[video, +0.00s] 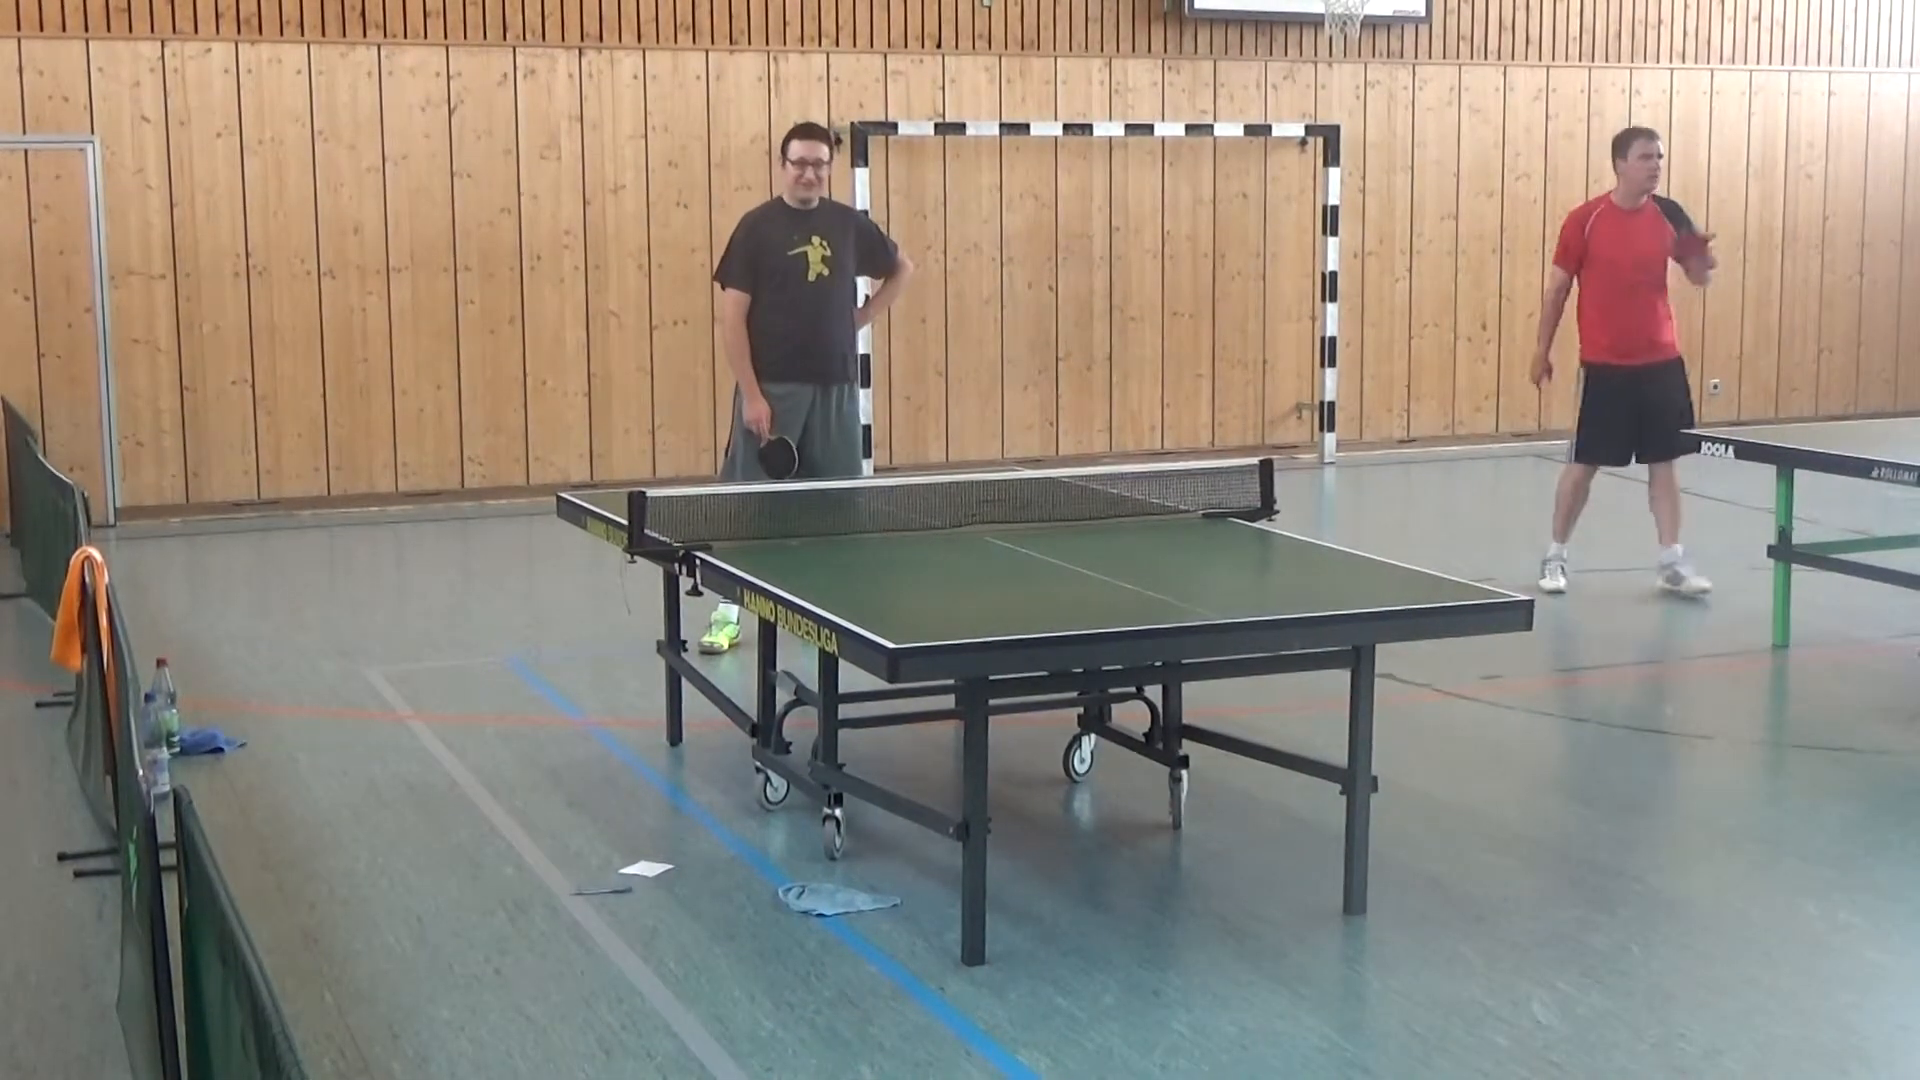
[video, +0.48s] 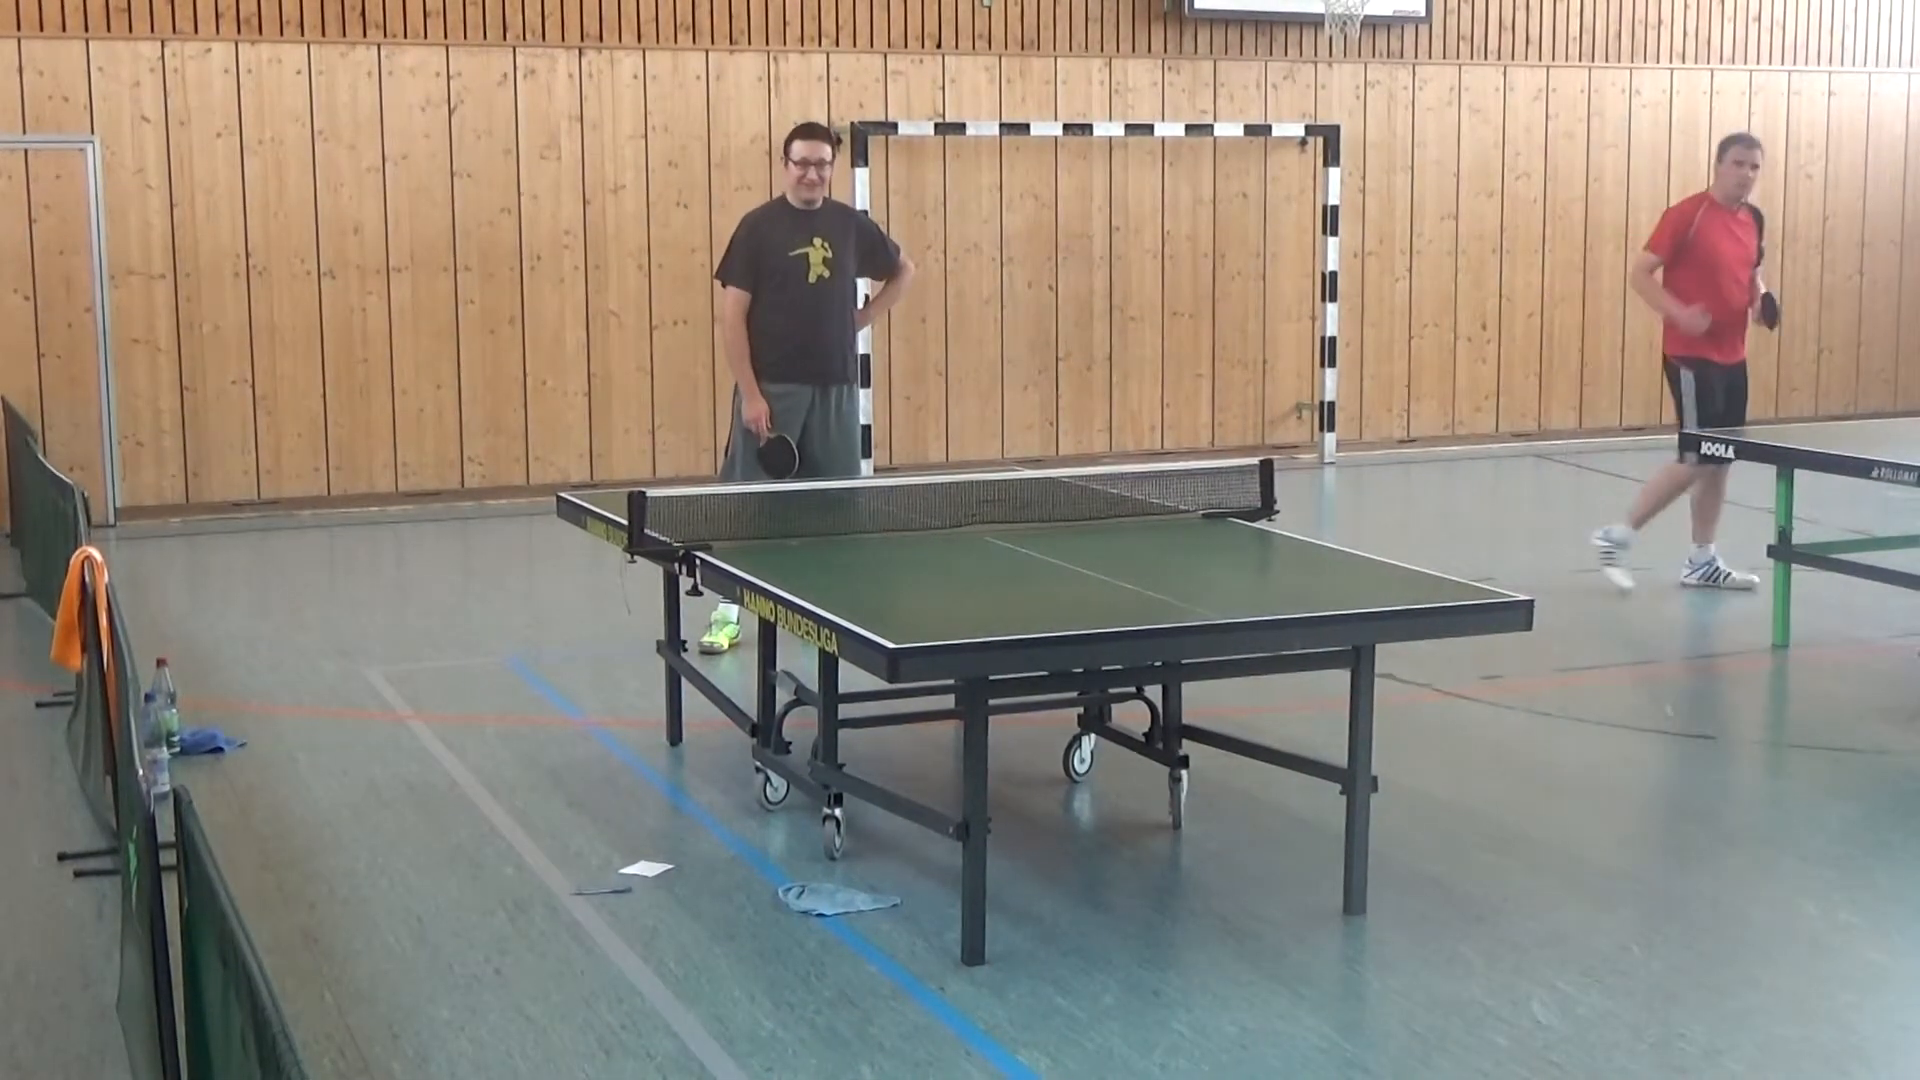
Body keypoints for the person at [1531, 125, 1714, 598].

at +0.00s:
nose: (1657, 165)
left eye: (1659, 157)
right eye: (1647, 157)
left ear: (1660, 165)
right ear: (1620, 164)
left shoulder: (1668, 216)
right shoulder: (1584, 219)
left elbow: (1698, 277)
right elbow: (1558, 287)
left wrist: (1700, 257)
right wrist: (1542, 351)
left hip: (1660, 362)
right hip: (1605, 364)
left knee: (1664, 461)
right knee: (1585, 462)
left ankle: (1671, 561)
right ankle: (1556, 556)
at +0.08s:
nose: (1671, 166)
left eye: (1673, 159)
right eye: (1662, 158)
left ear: (1671, 166)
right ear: (1634, 163)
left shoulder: (1675, 222)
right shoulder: (1594, 219)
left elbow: (1707, 277)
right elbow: (1561, 286)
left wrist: (1718, 255)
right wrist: (1542, 348)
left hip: (1663, 361)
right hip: (1608, 362)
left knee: (1677, 460)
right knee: (1587, 461)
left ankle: (1688, 560)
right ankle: (1556, 554)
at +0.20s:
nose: (1696, 169)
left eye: (1698, 163)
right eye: (1687, 162)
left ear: (1694, 170)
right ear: (1658, 166)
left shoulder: (1695, 223)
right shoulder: (1620, 220)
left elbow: (1723, 283)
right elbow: (1577, 280)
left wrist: (1737, 259)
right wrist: (1553, 348)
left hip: (1678, 367)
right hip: (1622, 366)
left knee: (1690, 462)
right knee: (1593, 461)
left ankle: (1697, 558)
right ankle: (1555, 553)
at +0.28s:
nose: (1714, 172)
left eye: (1716, 164)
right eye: (1705, 163)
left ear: (1709, 171)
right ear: (1677, 168)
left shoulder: (1709, 225)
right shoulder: (1642, 220)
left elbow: (1729, 288)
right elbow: (1591, 279)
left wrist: (1751, 265)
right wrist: (1574, 348)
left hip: (1695, 369)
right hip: (1644, 370)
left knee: (1702, 464)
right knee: (1606, 465)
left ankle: (1701, 560)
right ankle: (1553, 551)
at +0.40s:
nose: (1736, 174)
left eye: (1740, 166)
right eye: (1727, 164)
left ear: (1741, 172)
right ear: (1701, 168)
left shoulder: (1734, 222)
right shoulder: (1671, 218)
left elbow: (1731, 280)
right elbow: (1618, 271)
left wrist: (1750, 294)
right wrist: (1628, 338)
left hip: (1721, 363)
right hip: (1676, 362)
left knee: (1712, 462)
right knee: (1660, 463)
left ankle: (1702, 561)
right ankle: (1579, 543)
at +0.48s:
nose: (1746, 174)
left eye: (1754, 167)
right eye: (1739, 164)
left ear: (1759, 174)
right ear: (1718, 166)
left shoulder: (1751, 220)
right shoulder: (1686, 214)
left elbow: (1753, 270)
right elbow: (1640, 275)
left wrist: (1761, 299)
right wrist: (1678, 312)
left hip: (1731, 355)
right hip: (1691, 353)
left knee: (1719, 458)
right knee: (1698, 456)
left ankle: (1701, 561)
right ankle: (1617, 536)